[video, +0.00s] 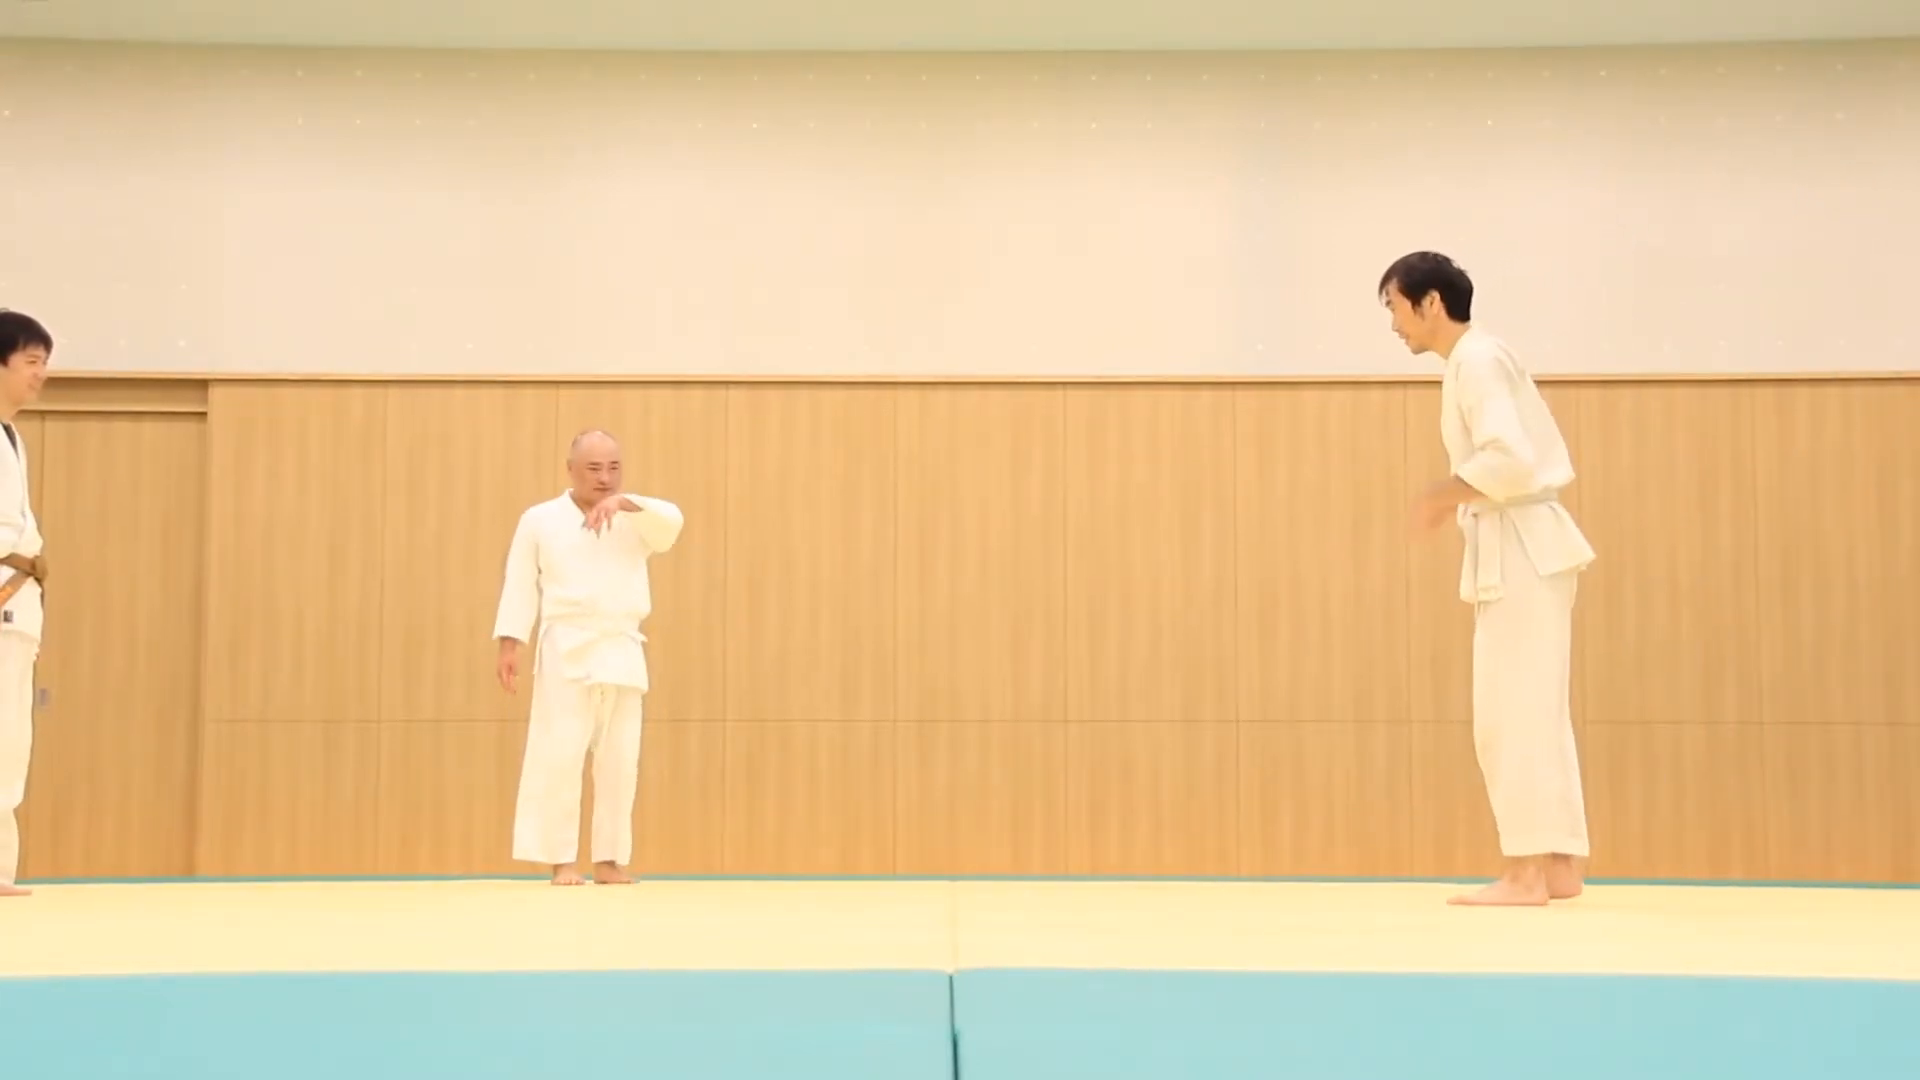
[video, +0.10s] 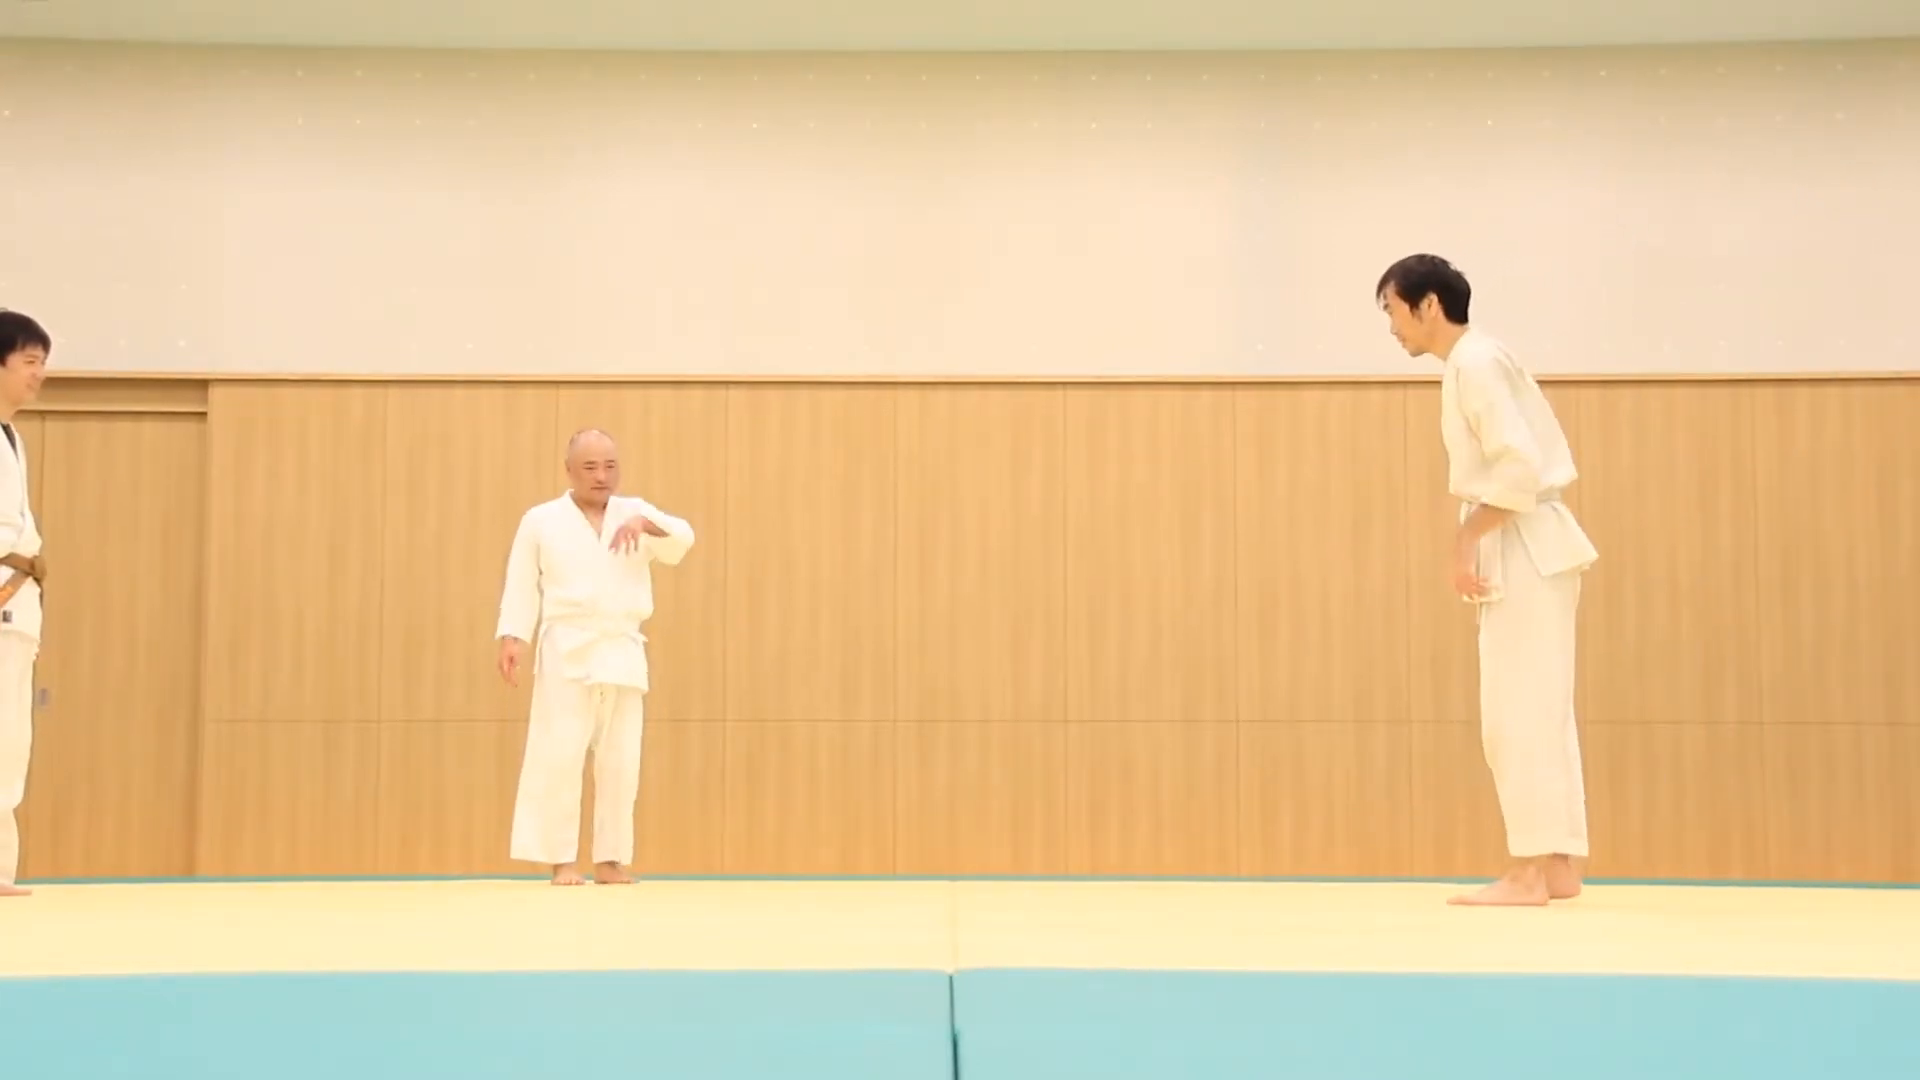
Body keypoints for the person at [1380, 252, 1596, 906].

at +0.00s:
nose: (1394, 324)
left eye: (1397, 308)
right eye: (1391, 311)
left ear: (1432, 304)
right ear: (1438, 304)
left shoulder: (1473, 361)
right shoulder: (1483, 356)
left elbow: (1513, 459)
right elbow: (1532, 463)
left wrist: (1449, 492)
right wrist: (1461, 498)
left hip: (1520, 560)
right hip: (1532, 556)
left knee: (1507, 710)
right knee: (1536, 708)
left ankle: (1526, 874)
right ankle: (1559, 867)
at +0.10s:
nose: (1391, 327)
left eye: (1395, 312)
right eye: (1388, 314)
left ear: (1430, 306)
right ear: (1435, 307)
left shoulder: (1473, 362)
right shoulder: (1480, 358)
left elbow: (1520, 465)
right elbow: (1531, 464)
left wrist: (1466, 535)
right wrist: (1480, 533)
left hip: (1525, 552)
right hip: (1531, 549)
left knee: (1511, 713)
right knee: (1539, 709)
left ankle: (1529, 873)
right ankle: (1558, 867)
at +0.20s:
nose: (1394, 327)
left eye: (1397, 312)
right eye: (1390, 314)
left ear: (1432, 306)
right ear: (1436, 307)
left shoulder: (1475, 363)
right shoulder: (1480, 359)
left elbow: (1518, 469)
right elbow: (1522, 465)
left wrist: (1490, 555)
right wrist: (1492, 550)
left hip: (1525, 555)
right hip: (1535, 551)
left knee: (1513, 712)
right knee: (1540, 708)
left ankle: (1529, 872)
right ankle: (1561, 865)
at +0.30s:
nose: (1402, 326)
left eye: (1405, 310)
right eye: (1399, 313)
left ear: (1441, 304)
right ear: (1446, 304)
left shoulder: (1483, 362)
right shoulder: (1490, 357)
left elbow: (1518, 471)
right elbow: (1522, 467)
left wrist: (1488, 557)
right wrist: (1494, 554)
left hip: (1530, 554)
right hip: (1544, 549)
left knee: (1513, 710)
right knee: (1549, 707)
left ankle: (1526, 873)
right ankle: (1575, 862)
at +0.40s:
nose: (1413, 320)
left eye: (1417, 306)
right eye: (1410, 308)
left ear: (1454, 302)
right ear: (1457, 303)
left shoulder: (1493, 362)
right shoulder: (1495, 358)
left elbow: (1522, 468)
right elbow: (1529, 465)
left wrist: (1491, 554)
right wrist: (1499, 551)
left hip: (1535, 554)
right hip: (1548, 551)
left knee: (1512, 711)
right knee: (1553, 708)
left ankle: (1523, 876)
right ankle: (1597, 861)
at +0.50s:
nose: (1426, 322)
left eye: (1431, 307)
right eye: (1424, 309)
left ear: (1468, 303)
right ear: (1469, 304)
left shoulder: (1506, 363)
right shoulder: (1503, 362)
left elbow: (1533, 470)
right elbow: (1536, 468)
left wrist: (1498, 554)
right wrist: (1504, 551)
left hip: (1542, 555)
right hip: (1552, 554)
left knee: (1511, 707)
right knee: (1555, 707)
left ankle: (1525, 876)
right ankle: (1613, 860)